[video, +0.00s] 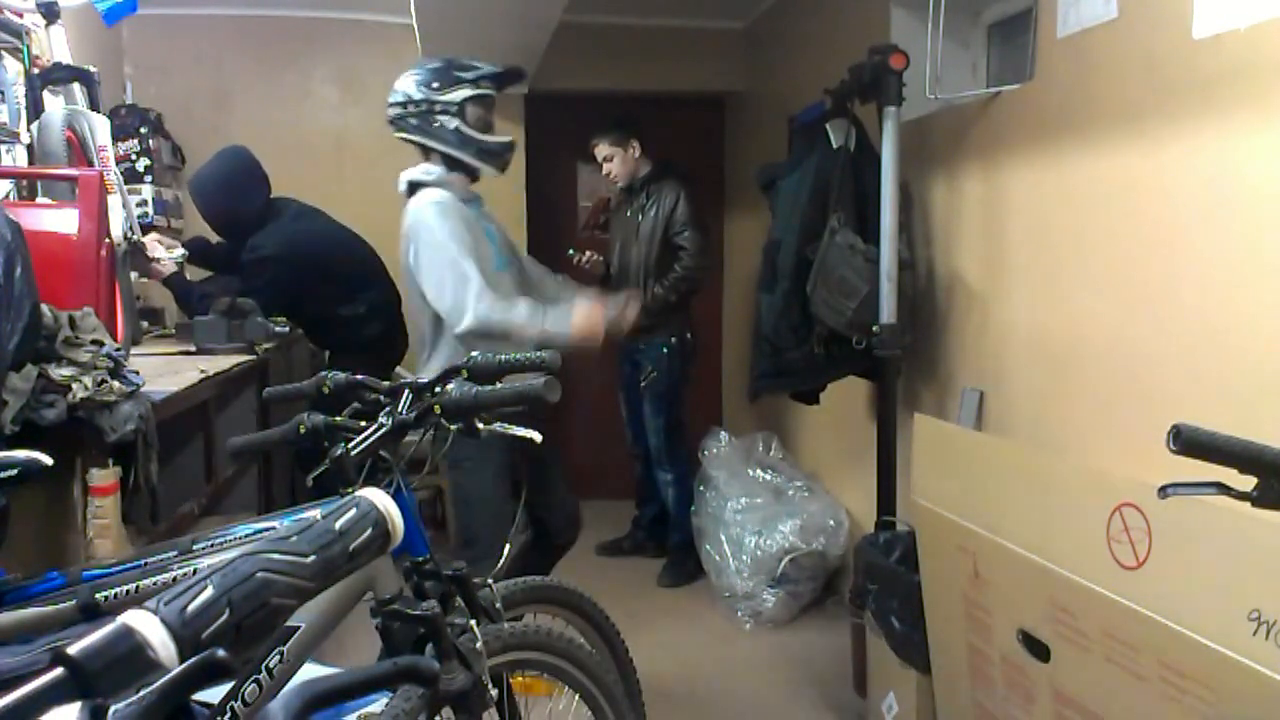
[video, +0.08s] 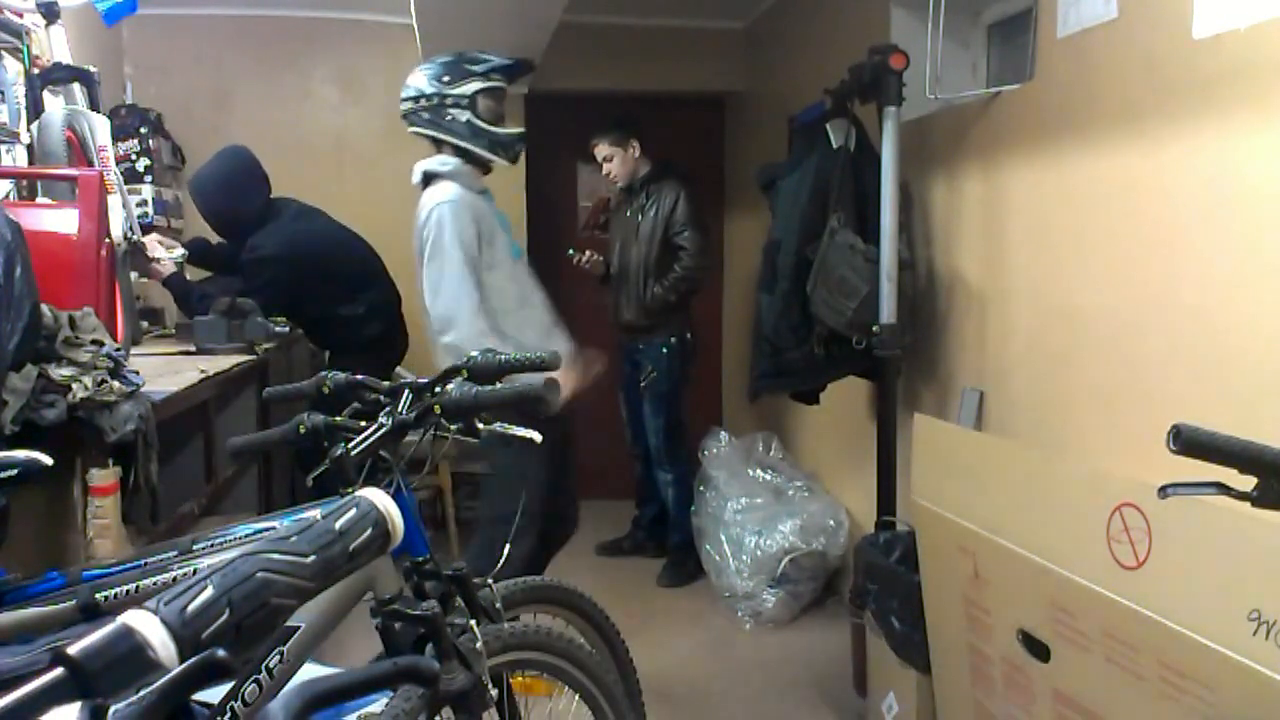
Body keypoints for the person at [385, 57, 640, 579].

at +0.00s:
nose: (498, 130)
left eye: (494, 116)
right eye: (484, 116)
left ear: (453, 125)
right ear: (446, 123)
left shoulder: (468, 208)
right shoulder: (433, 212)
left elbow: (533, 281)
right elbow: (472, 312)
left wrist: (603, 304)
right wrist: (571, 321)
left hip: (512, 401)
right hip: (471, 411)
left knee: (558, 524)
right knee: (486, 559)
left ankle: (493, 612)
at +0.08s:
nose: (504, 115)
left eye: (502, 102)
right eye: (489, 102)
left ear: (455, 117)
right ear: (450, 112)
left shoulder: (473, 197)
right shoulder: (448, 203)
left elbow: (513, 296)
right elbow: (456, 323)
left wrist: (564, 354)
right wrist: (531, 384)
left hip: (535, 397)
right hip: (505, 405)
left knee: (556, 521)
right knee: (510, 534)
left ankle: (481, 617)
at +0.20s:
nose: (519, 116)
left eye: (517, 104)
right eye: (505, 104)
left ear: (469, 118)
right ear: (468, 113)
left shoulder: (482, 193)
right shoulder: (469, 199)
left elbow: (496, 303)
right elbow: (480, 311)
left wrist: (576, 344)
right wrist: (570, 352)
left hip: (542, 388)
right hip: (525, 393)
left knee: (557, 518)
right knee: (558, 525)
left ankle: (498, 617)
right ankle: (491, 620)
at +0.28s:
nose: (529, 124)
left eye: (527, 112)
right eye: (515, 112)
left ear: (487, 121)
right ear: (479, 120)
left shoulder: (494, 196)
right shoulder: (481, 199)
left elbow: (534, 280)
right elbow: (521, 288)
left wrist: (613, 285)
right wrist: (625, 293)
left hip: (537, 393)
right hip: (519, 398)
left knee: (571, 524)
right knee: (596, 534)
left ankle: (504, 622)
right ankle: (505, 619)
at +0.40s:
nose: (544, 129)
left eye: (541, 117)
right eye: (530, 117)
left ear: (496, 128)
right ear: (494, 125)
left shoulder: (497, 196)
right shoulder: (505, 201)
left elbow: (528, 294)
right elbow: (546, 296)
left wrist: (574, 276)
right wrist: (640, 317)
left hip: (532, 393)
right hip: (543, 396)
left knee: (568, 525)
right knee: (623, 530)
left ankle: (492, 621)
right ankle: (583, 659)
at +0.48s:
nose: (557, 124)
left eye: (555, 110)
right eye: (542, 112)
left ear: (504, 125)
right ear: (506, 119)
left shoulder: (504, 197)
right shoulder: (515, 203)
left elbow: (515, 321)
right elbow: (521, 323)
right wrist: (583, 391)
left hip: (563, 398)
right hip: (587, 396)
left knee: (568, 514)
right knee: (635, 533)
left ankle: (496, 621)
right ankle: (610, 683)